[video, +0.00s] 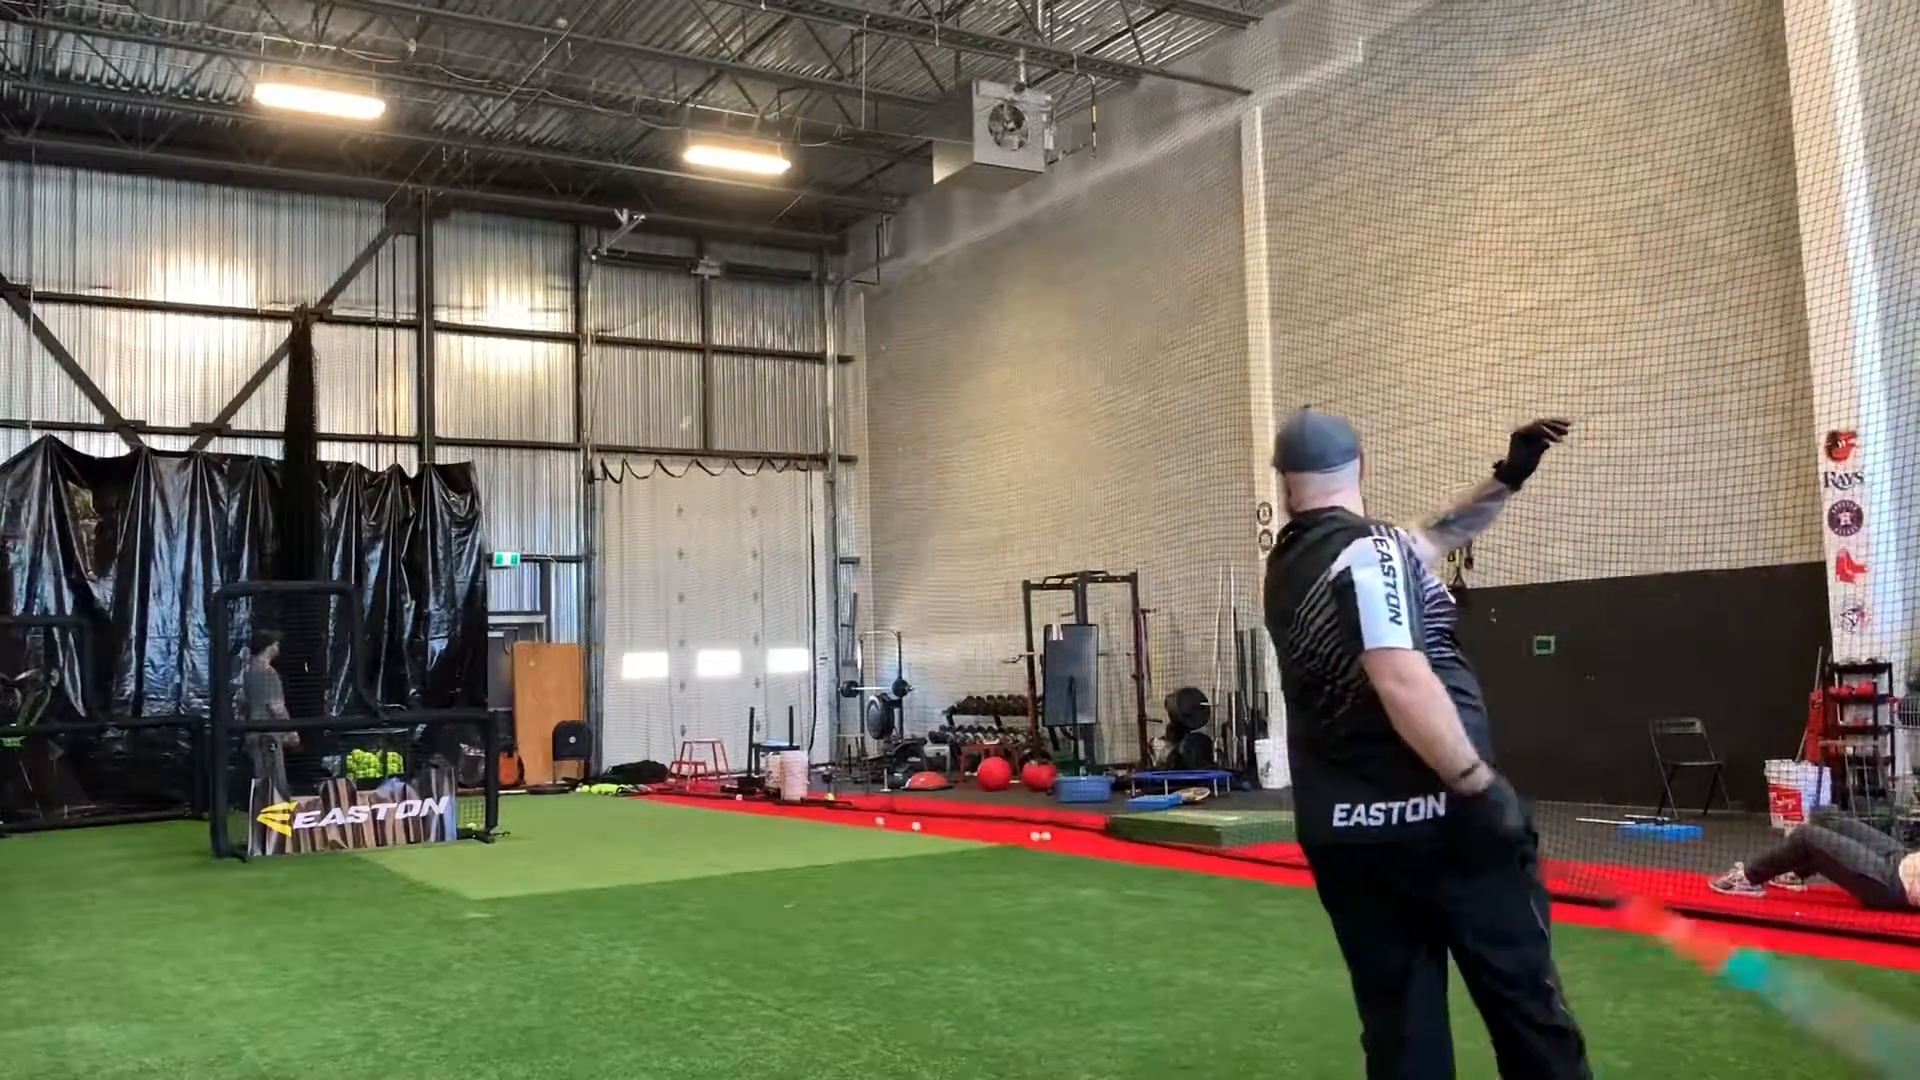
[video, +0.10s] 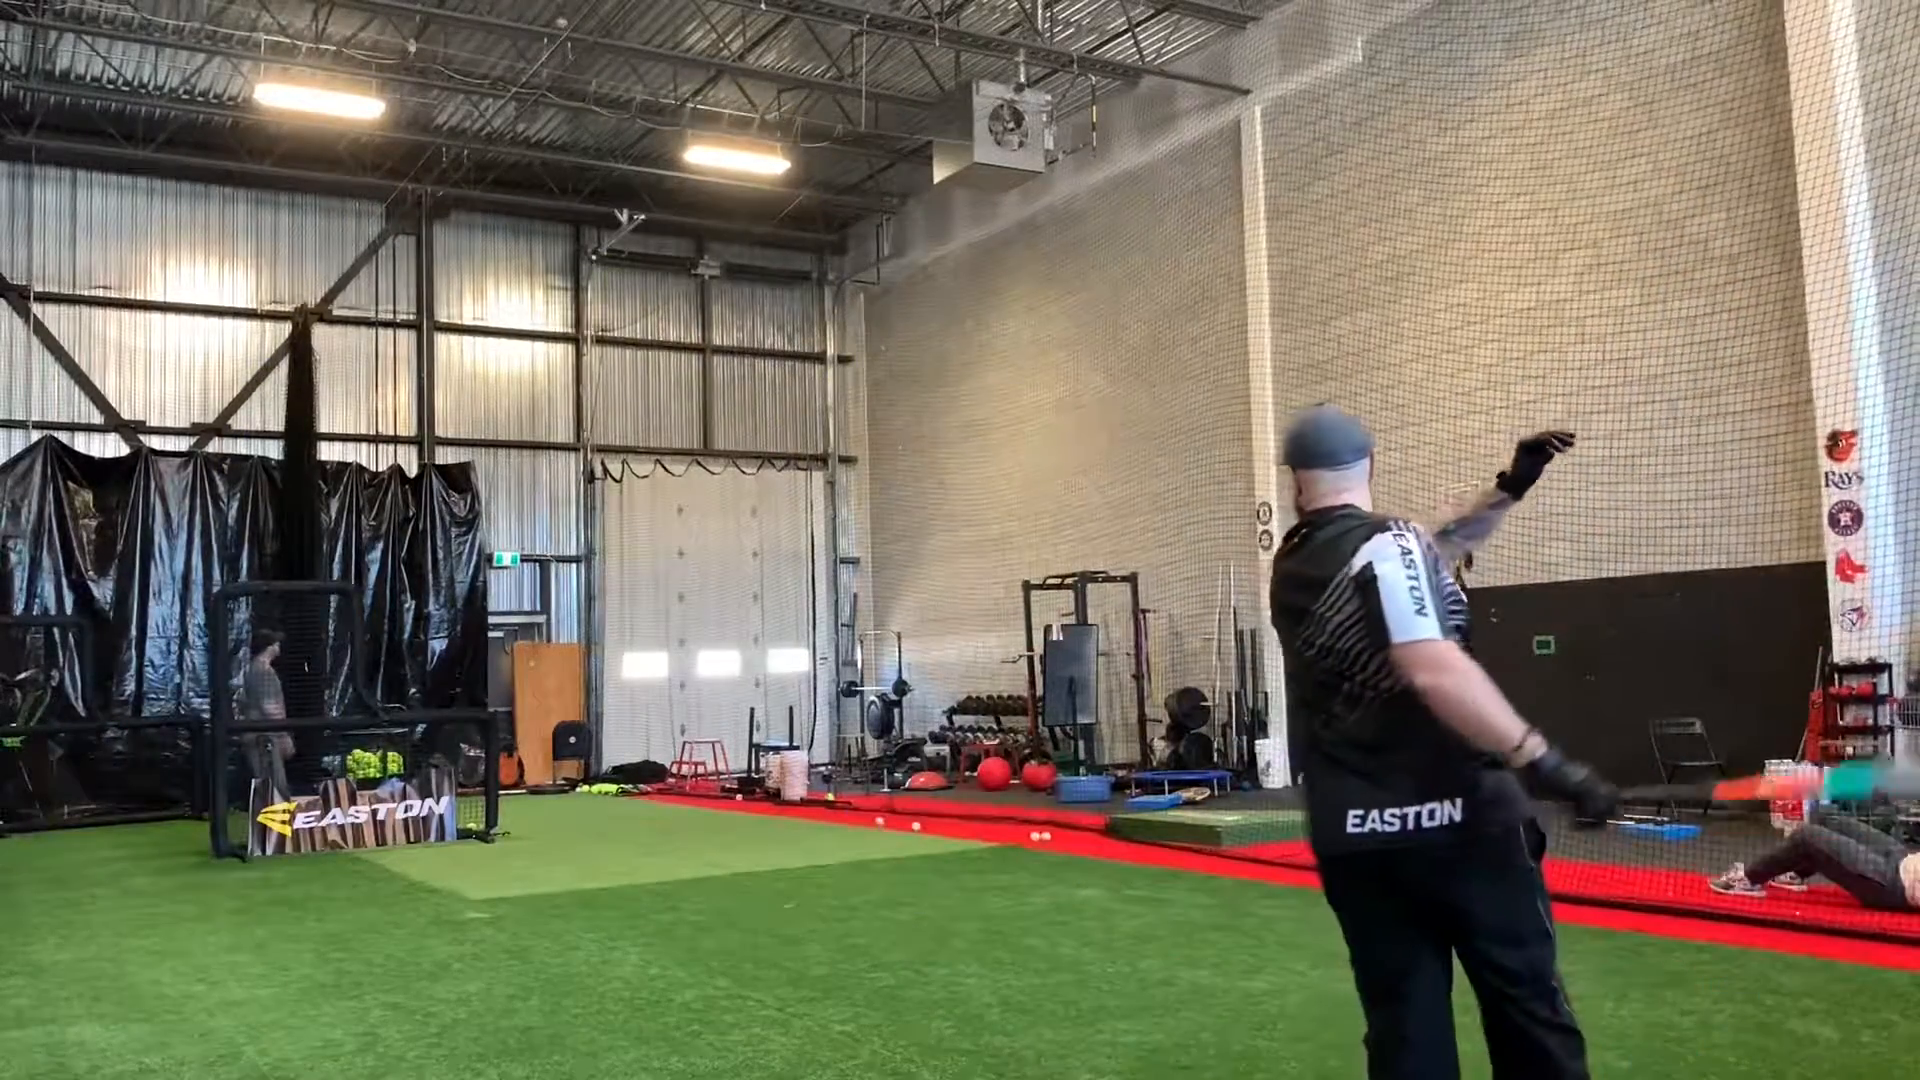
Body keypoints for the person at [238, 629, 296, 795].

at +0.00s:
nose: (278, 649)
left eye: (277, 645)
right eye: (275, 645)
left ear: (257, 647)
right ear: (268, 647)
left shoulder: (248, 671)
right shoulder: (269, 673)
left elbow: (242, 698)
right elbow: (276, 705)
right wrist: (290, 730)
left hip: (252, 726)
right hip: (270, 726)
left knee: (260, 773)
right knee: (276, 773)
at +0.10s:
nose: (278, 649)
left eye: (278, 644)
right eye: (276, 645)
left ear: (260, 646)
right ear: (269, 646)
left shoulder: (252, 669)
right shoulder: (264, 670)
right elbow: (270, 707)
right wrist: (284, 737)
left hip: (253, 732)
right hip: (265, 734)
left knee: (262, 781)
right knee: (275, 781)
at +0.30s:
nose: (279, 651)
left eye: (279, 647)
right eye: (278, 646)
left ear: (265, 647)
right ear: (270, 647)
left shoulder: (262, 669)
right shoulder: (260, 670)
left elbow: (273, 707)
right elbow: (260, 709)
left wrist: (280, 733)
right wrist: (272, 734)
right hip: (262, 737)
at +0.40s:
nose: (277, 654)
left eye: (277, 650)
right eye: (275, 650)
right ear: (270, 649)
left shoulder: (270, 673)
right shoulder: (254, 672)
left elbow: (274, 706)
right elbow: (248, 704)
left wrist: (281, 731)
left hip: (273, 737)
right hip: (258, 737)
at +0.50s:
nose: (276, 655)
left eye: (277, 651)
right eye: (275, 650)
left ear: (271, 652)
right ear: (267, 650)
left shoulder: (270, 673)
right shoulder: (247, 671)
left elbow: (275, 706)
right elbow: (243, 706)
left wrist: (281, 732)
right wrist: (245, 738)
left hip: (270, 733)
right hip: (252, 732)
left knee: (272, 775)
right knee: (254, 778)